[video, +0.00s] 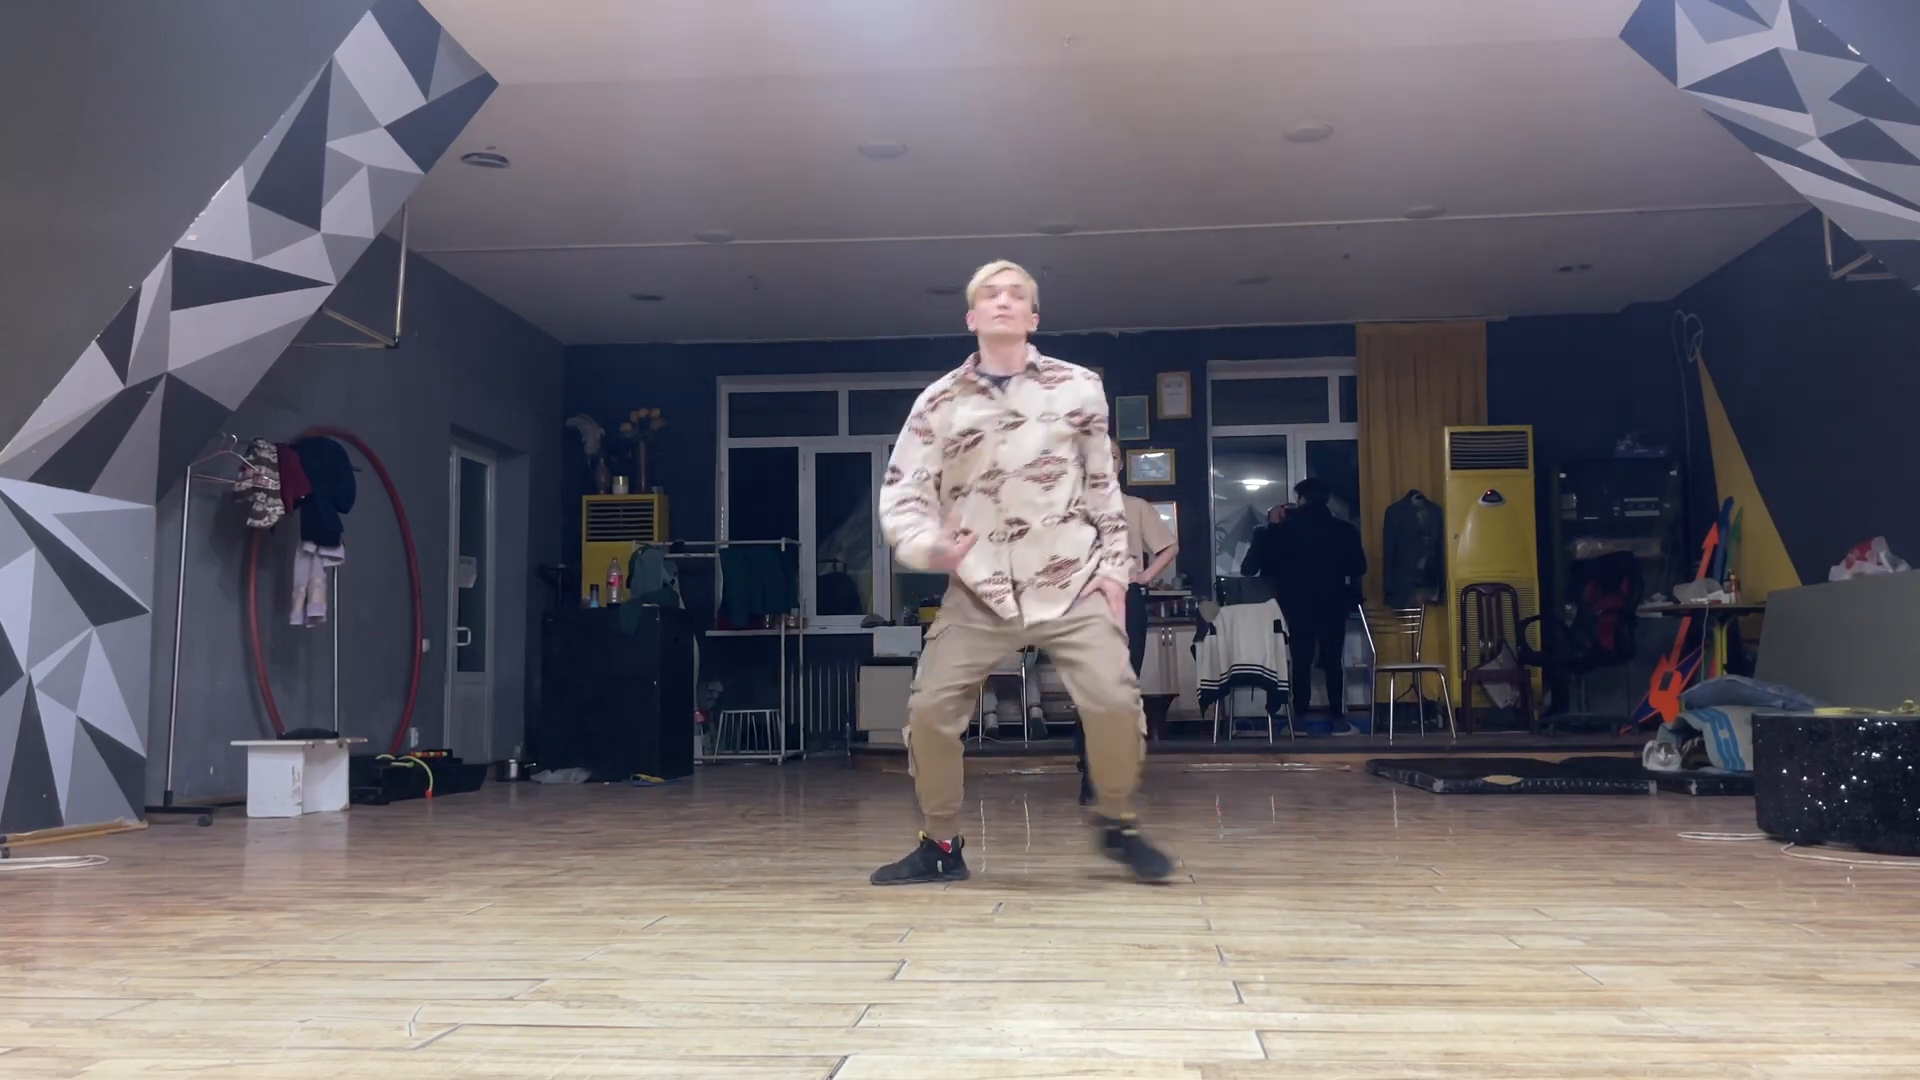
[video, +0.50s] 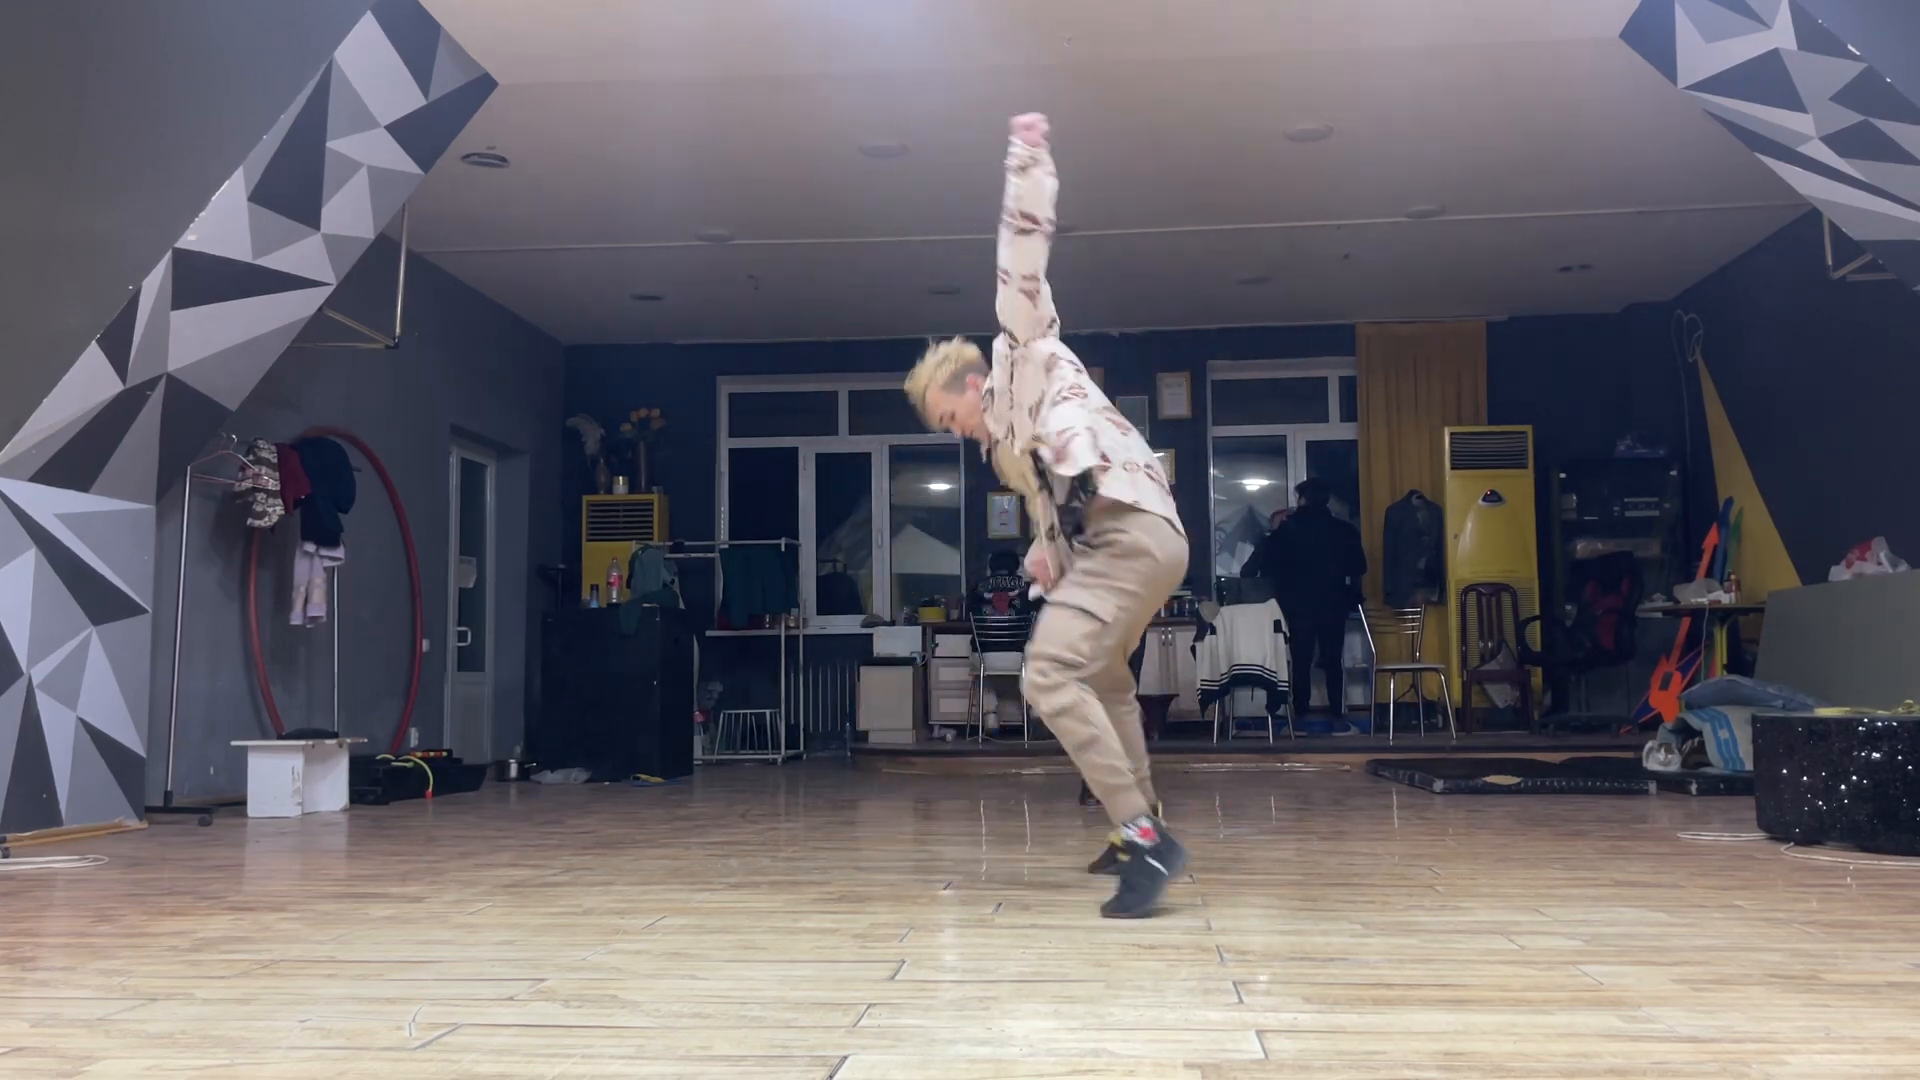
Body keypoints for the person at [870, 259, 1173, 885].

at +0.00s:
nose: (1003, 301)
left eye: (1015, 294)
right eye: (990, 294)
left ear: (1035, 317)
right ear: (970, 316)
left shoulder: (1078, 388)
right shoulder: (938, 403)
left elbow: (1104, 490)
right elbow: (902, 500)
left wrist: (1113, 567)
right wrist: (927, 546)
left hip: (1072, 591)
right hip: (979, 596)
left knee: (1116, 701)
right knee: (929, 712)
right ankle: (941, 844)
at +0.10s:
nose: (1077, 301)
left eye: (1074, 290)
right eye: (1069, 289)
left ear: (1040, 295)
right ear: (1041, 292)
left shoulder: (1053, 367)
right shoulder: (1000, 357)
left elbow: (1057, 478)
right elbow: (985, 450)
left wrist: (1108, 531)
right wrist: (1056, 505)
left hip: (1052, 550)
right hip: (1005, 544)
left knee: (1088, 705)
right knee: (999, 697)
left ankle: (989, 834)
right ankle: (889, 799)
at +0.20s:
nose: (1012, 294)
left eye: (1008, 286)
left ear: (1008, 289)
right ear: (1071, 280)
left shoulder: (971, 347)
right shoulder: (1108, 326)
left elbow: (947, 436)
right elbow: (1126, 429)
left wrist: (993, 490)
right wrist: (1101, 488)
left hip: (984, 521)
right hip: (1050, 514)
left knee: (1010, 675)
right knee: (1088, 667)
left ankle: (984, 832)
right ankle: (943, 696)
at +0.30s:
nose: (982, 300)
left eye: (982, 290)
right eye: (980, 292)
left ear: (1002, 277)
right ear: (1049, 277)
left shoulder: (996, 299)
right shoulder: (1136, 336)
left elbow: (929, 332)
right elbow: (1154, 433)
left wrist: (885, 382)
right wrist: (1160, 514)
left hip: (1028, 484)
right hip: (1116, 495)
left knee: (995, 656)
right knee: (1095, 613)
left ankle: (1005, 795)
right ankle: (1086, 677)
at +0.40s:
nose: (967, 354)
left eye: (962, 339)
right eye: (960, 350)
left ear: (977, 309)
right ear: (983, 323)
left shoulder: (1021, 305)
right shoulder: (1075, 358)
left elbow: (969, 243)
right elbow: (1150, 442)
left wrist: (880, 218)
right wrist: (1166, 536)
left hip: (1092, 495)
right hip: (1148, 504)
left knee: (981, 628)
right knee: (1100, 634)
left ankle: (1059, 775)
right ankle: (1170, 758)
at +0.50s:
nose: (957, 430)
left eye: (951, 415)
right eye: (947, 425)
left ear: (968, 379)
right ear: (965, 400)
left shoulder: (1022, 348)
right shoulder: (1019, 437)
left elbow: (1021, 252)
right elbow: (1070, 501)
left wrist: (1027, 156)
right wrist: (1049, 547)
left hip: (1132, 529)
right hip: (1125, 542)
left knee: (1051, 674)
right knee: (1104, 675)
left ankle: (1145, 839)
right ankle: (1139, 824)